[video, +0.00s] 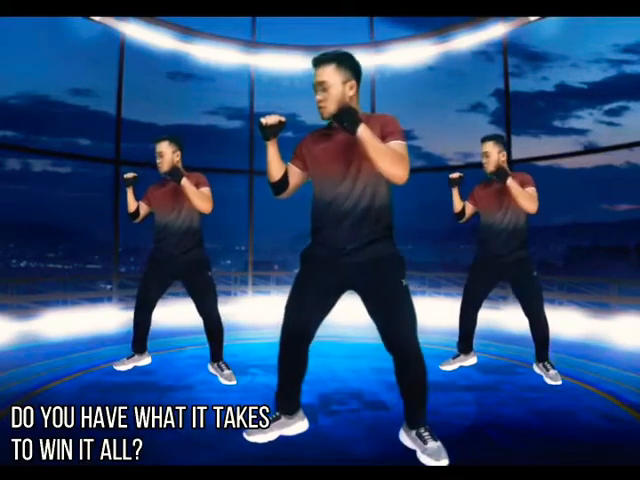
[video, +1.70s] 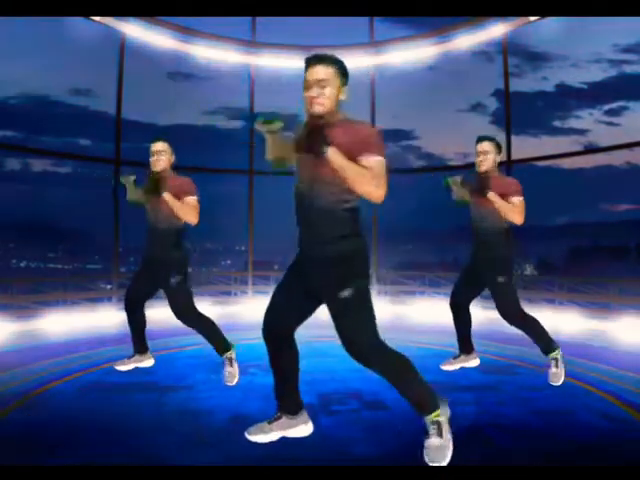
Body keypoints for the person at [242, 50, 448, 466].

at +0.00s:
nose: (317, 95)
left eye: (324, 87)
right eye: (315, 88)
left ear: (351, 86)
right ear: (320, 91)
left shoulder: (382, 125)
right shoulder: (313, 142)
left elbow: (399, 173)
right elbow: (281, 187)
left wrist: (359, 127)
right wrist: (271, 140)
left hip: (376, 258)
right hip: (324, 259)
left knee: (405, 347)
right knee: (294, 334)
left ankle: (416, 427)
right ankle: (289, 413)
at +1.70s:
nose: (315, 93)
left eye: (324, 85)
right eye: (309, 86)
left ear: (342, 91)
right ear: (303, 92)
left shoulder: (362, 134)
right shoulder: (308, 136)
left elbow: (376, 190)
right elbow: (280, 159)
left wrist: (335, 159)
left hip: (345, 259)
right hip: (310, 259)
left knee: (363, 347)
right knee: (275, 329)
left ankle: (434, 412)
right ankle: (291, 414)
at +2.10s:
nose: (292, 96)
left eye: (297, 88)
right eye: (292, 89)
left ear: (321, 87)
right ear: (312, 90)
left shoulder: (353, 122)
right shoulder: (308, 133)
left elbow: (353, 150)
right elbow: (292, 182)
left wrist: (307, 123)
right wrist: (283, 145)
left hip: (350, 253)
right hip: (312, 253)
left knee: (378, 341)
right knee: (282, 330)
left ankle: (432, 417)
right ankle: (292, 416)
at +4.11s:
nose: (316, 99)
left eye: (320, 91)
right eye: (316, 92)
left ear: (341, 89)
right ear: (338, 91)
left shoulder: (358, 119)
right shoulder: (339, 128)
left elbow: (297, 133)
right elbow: (316, 177)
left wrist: (256, 114)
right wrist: (310, 131)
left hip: (356, 254)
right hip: (328, 253)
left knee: (374, 345)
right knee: (291, 325)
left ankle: (423, 424)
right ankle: (290, 415)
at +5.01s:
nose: (278, 103)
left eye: (284, 94)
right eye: (277, 95)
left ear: (310, 95)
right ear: (289, 97)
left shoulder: (344, 139)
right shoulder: (281, 147)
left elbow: (355, 188)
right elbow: (255, 187)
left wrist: (317, 147)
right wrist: (243, 148)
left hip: (331, 264)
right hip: (282, 264)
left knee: (371, 344)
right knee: (249, 332)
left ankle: (380, 411)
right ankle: (244, 404)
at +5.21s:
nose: (298, 92)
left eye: (303, 84)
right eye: (297, 85)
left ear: (329, 83)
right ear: (314, 87)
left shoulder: (364, 120)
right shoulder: (307, 135)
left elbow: (371, 164)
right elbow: (280, 178)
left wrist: (324, 126)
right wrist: (268, 138)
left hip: (363, 249)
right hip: (319, 248)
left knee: (387, 339)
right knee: (274, 316)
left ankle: (424, 425)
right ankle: (271, 404)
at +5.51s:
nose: (325, 103)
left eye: (331, 95)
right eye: (323, 96)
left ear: (359, 96)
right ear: (328, 100)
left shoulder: (391, 133)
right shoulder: (330, 146)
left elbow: (401, 183)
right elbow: (311, 195)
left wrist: (354, 146)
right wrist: (290, 166)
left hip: (386, 266)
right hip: (335, 266)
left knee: (405, 355)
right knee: (293, 335)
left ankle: (426, 434)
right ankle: (283, 421)